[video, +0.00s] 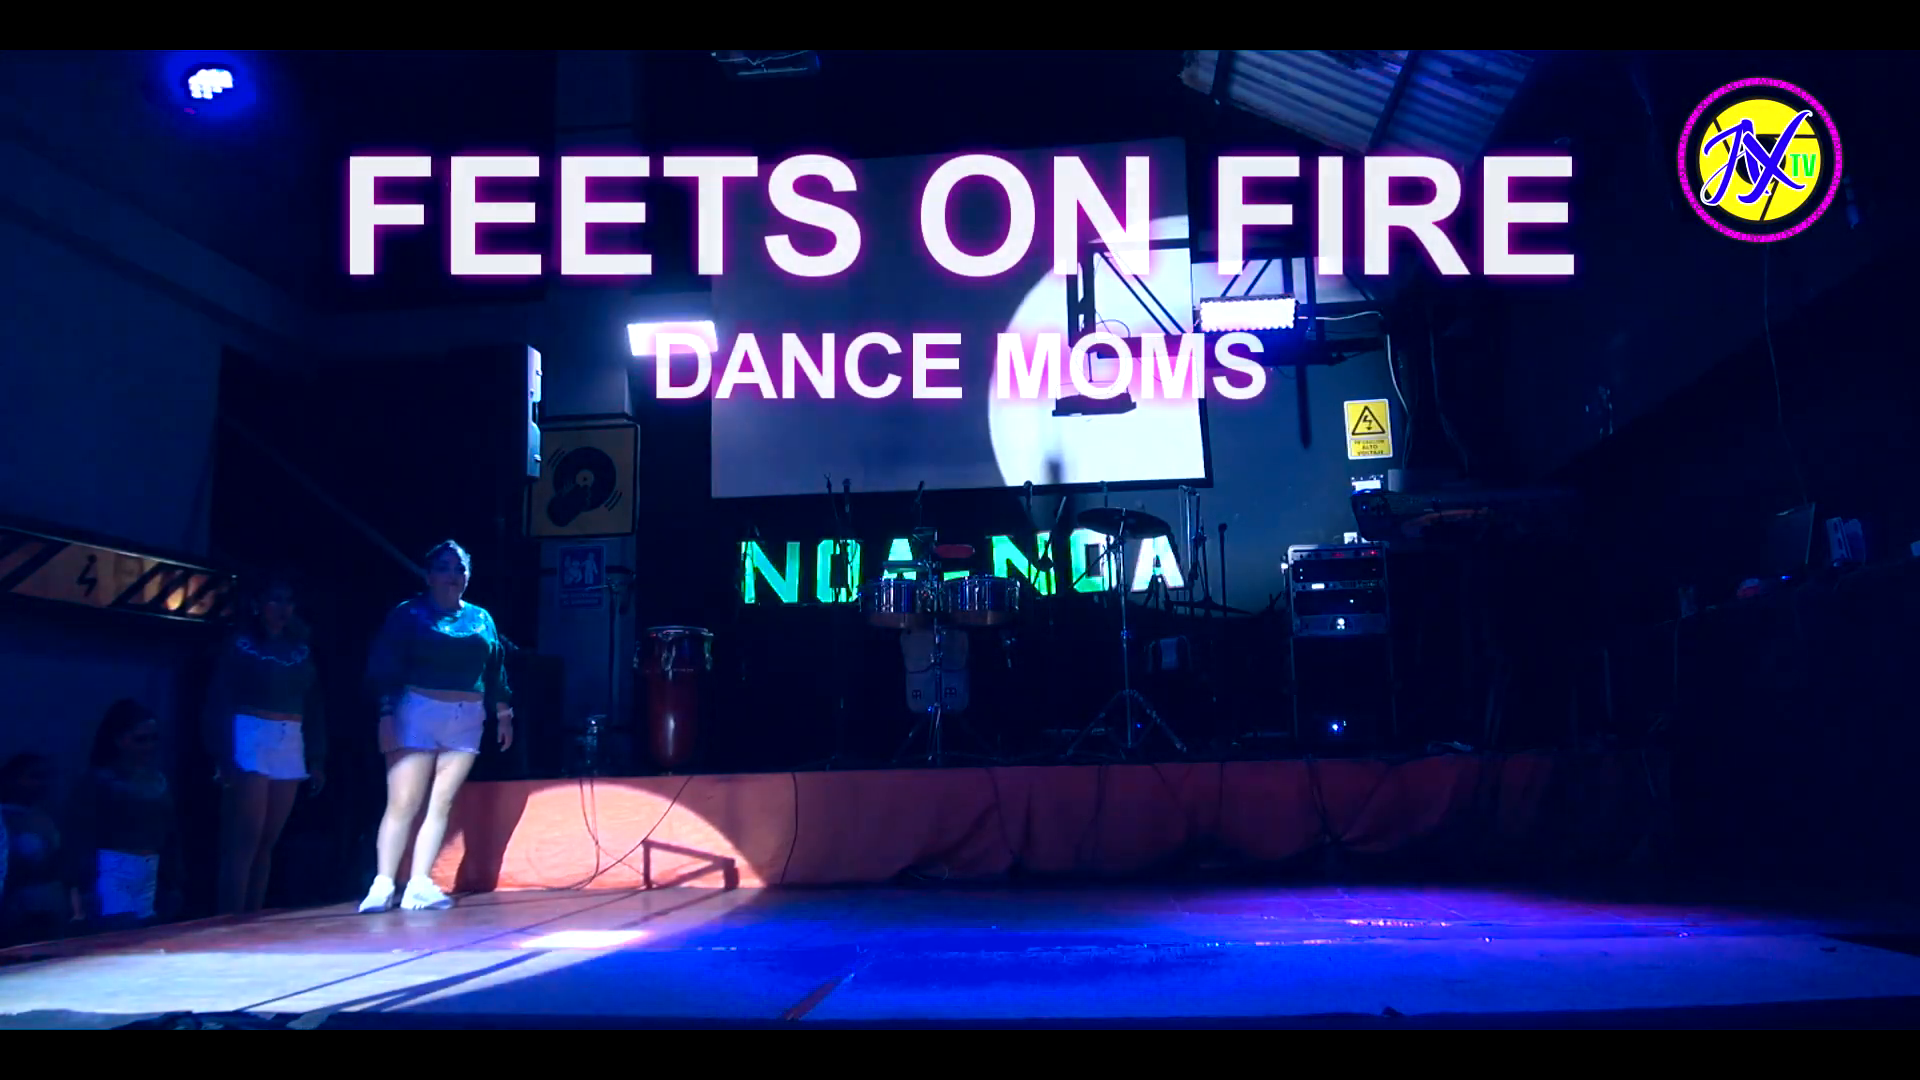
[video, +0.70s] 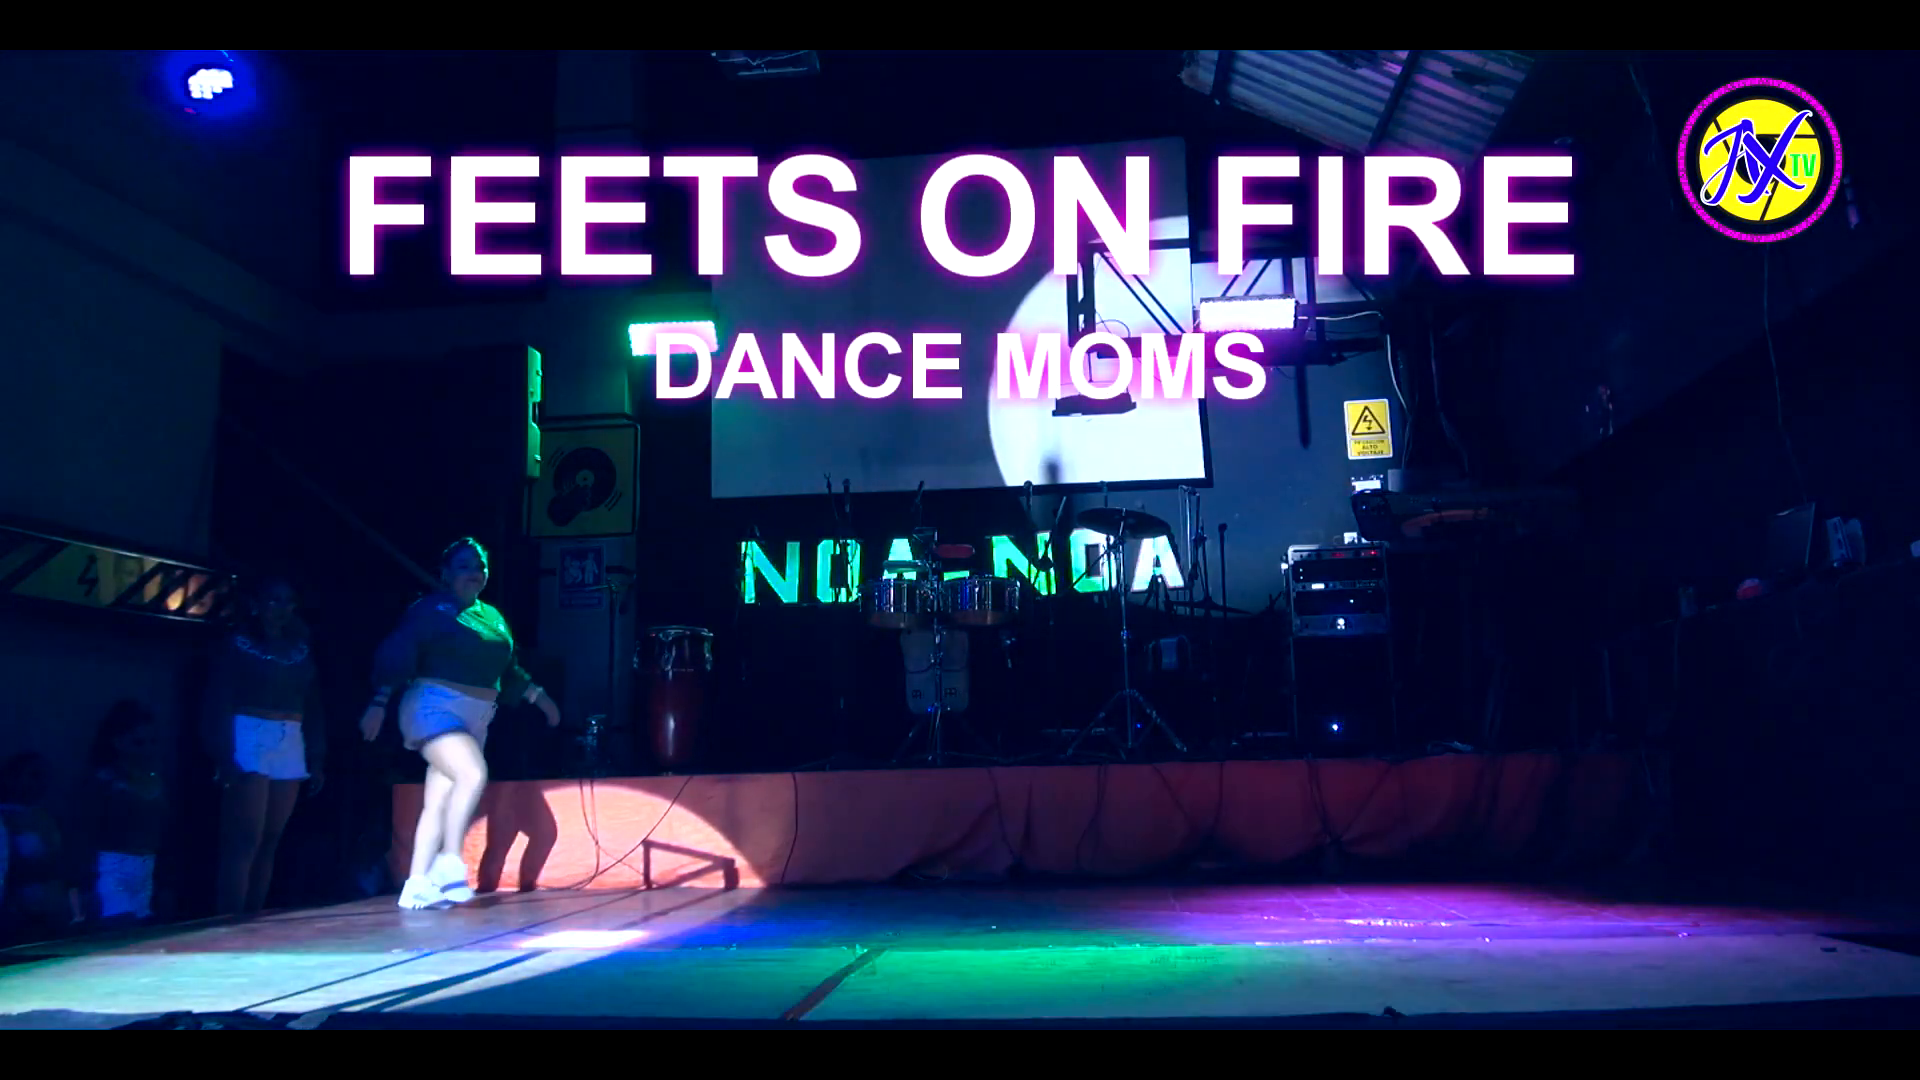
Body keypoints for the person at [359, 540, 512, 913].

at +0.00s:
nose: (453, 576)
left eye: (460, 570)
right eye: (445, 569)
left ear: (468, 576)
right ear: (429, 575)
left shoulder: (481, 618)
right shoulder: (408, 615)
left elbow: (496, 671)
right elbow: (386, 667)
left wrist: (503, 714)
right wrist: (386, 715)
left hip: (467, 713)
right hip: (417, 709)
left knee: (441, 805)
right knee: (402, 805)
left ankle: (419, 884)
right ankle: (384, 882)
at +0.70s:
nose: (473, 574)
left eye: (479, 568)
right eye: (465, 568)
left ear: (486, 574)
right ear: (447, 572)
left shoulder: (491, 616)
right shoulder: (431, 611)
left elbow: (506, 669)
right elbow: (396, 655)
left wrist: (537, 696)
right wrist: (379, 703)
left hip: (475, 717)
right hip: (432, 708)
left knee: (437, 802)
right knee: (473, 774)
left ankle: (417, 884)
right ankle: (451, 861)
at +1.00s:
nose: (489, 575)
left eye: (495, 569)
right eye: (481, 567)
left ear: (502, 574)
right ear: (462, 570)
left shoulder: (517, 614)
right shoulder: (440, 613)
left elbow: (553, 650)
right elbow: (402, 657)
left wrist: (588, 674)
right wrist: (376, 706)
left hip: (497, 719)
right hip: (449, 711)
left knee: (458, 803)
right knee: (476, 792)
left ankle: (418, 878)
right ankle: (490, 881)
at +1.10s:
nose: (498, 574)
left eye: (504, 567)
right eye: (491, 566)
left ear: (509, 573)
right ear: (469, 567)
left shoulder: (524, 612)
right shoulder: (442, 614)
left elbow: (560, 650)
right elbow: (410, 658)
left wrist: (591, 685)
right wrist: (393, 708)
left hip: (510, 713)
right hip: (457, 711)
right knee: (482, 794)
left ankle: (454, 855)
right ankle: (492, 883)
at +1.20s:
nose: (511, 572)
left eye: (515, 566)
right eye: (503, 564)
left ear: (519, 573)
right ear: (480, 566)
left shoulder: (531, 615)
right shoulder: (449, 615)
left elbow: (562, 660)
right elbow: (421, 664)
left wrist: (586, 696)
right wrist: (416, 709)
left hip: (520, 713)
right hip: (464, 714)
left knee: (546, 788)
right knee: (487, 795)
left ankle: (510, 841)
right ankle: (493, 882)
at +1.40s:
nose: (531, 562)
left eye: (535, 556)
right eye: (522, 553)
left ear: (538, 562)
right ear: (498, 557)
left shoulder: (548, 605)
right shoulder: (465, 601)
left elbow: (568, 654)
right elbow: (427, 646)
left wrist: (569, 699)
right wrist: (446, 650)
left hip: (537, 703)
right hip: (482, 705)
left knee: (543, 791)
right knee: (494, 799)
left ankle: (550, 881)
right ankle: (500, 883)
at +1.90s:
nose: (559, 555)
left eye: (567, 548)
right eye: (550, 547)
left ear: (578, 555)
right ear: (533, 552)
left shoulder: (594, 607)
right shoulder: (510, 592)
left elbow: (609, 664)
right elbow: (468, 644)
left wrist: (636, 660)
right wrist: (436, 682)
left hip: (583, 703)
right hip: (526, 699)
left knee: (575, 800)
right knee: (538, 789)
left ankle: (558, 893)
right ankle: (521, 838)